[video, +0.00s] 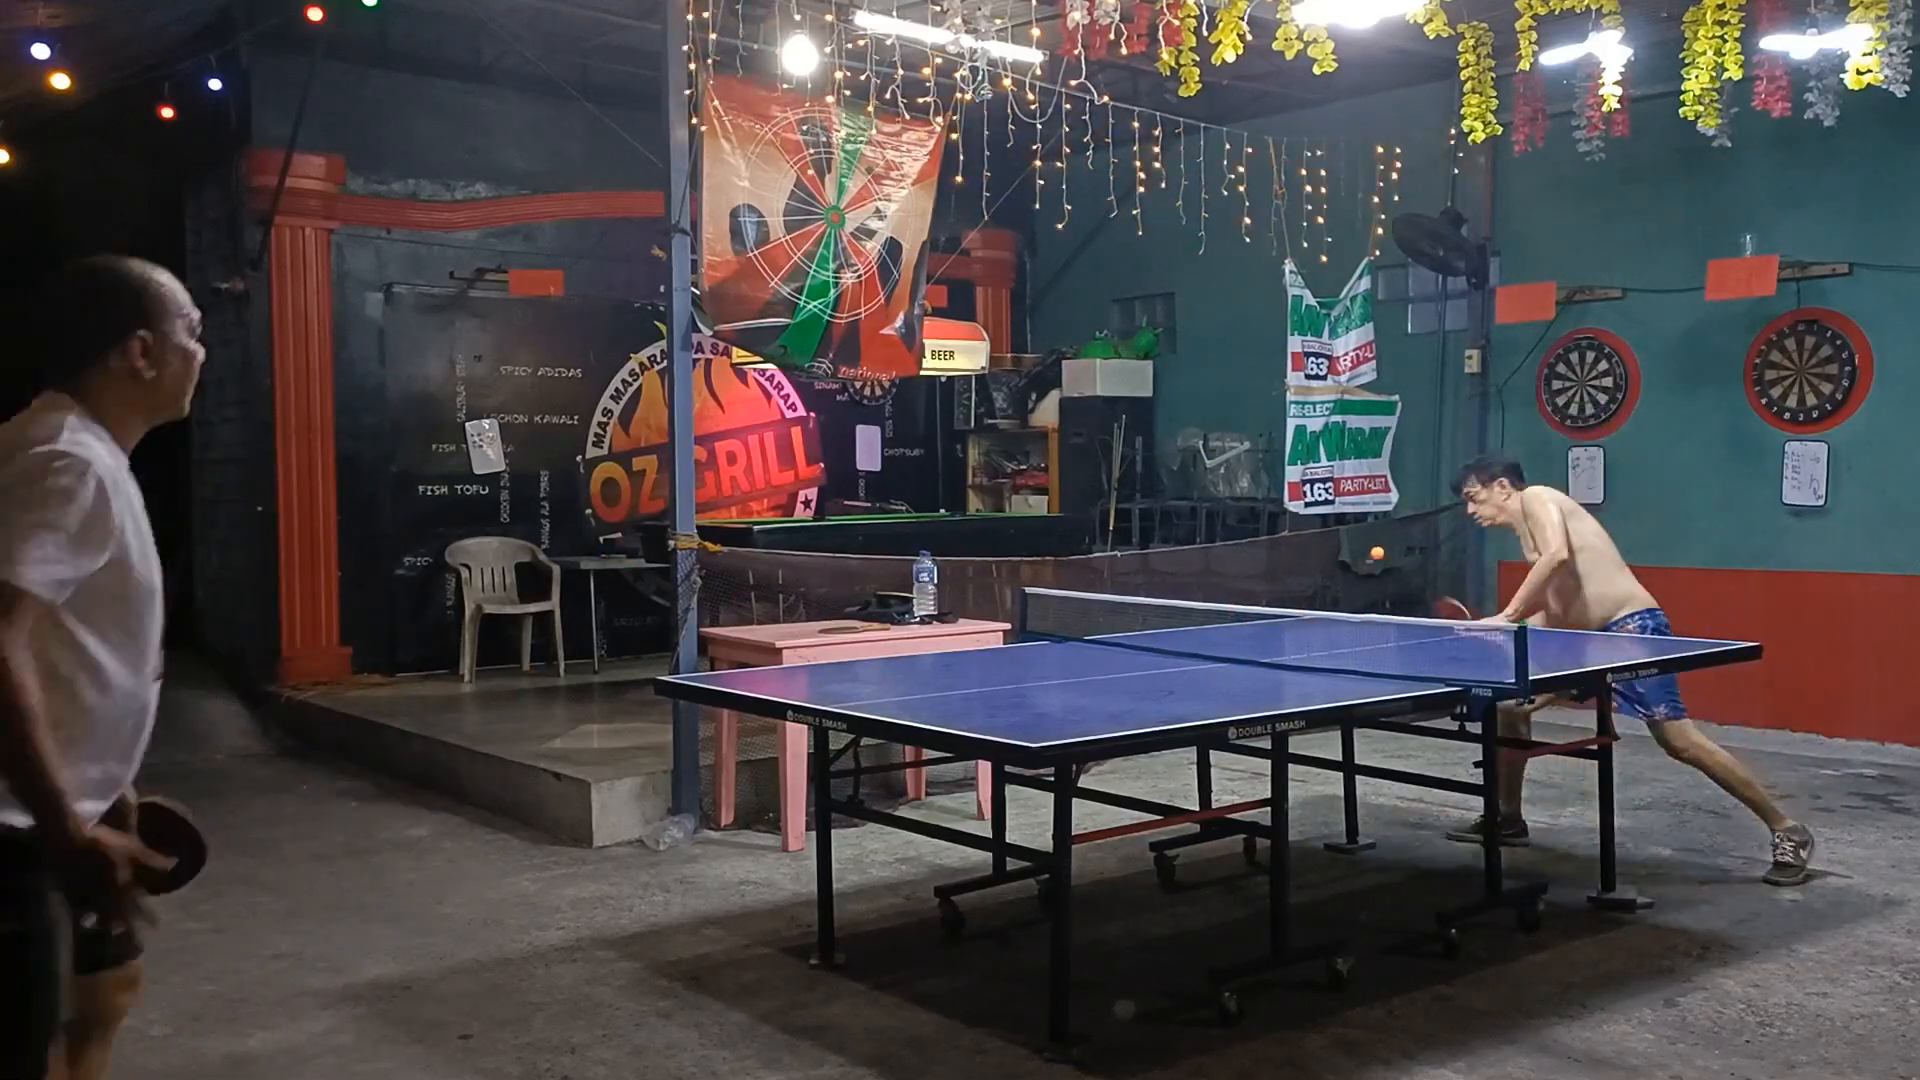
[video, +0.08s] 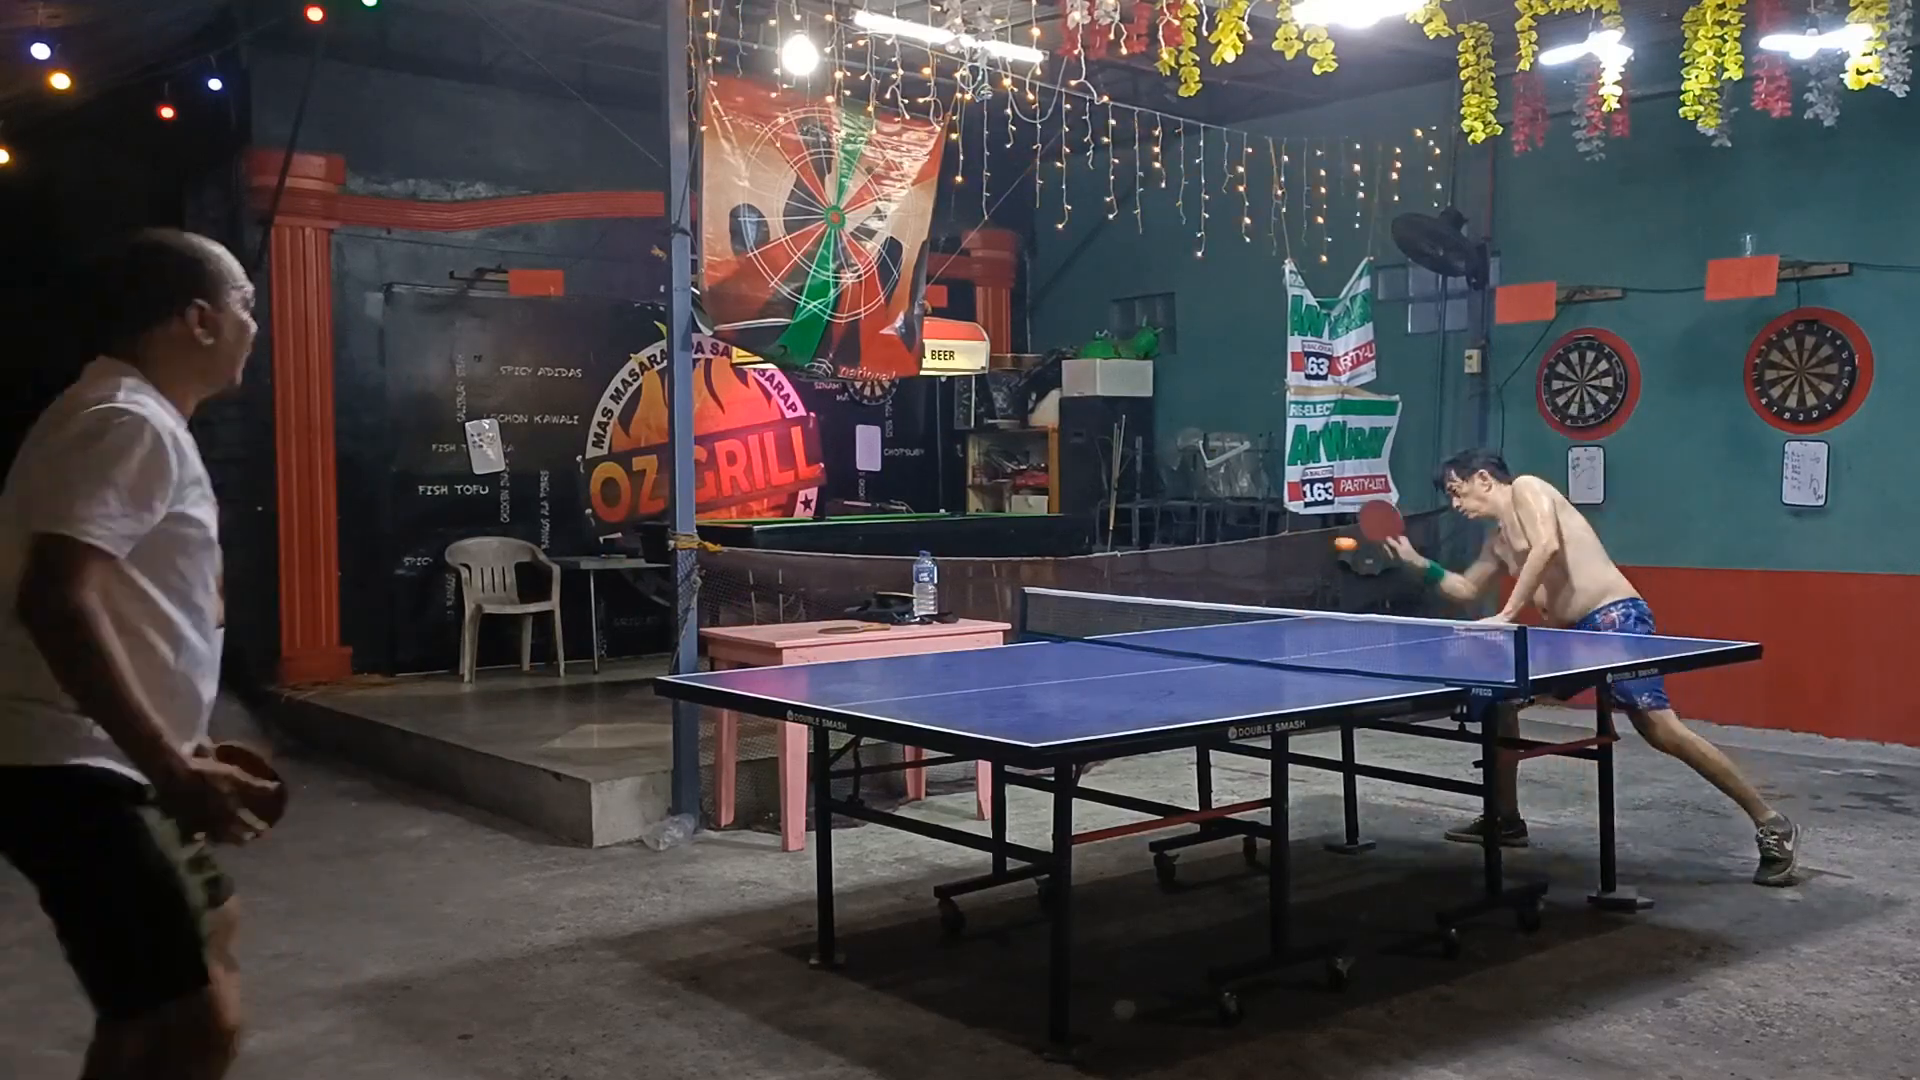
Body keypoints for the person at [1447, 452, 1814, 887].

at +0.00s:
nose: (1469, 510)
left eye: (1472, 498)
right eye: (1465, 502)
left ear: (1502, 486)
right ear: (1493, 496)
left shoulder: (1536, 497)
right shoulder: (1528, 533)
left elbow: (1556, 553)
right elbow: (1555, 613)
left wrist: (1505, 616)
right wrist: (1502, 632)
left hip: (1633, 626)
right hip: (1587, 640)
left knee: (1679, 741)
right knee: (1507, 706)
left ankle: (1787, 830)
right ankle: (1507, 818)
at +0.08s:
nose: (1457, 507)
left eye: (1458, 495)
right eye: (1452, 500)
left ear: (1484, 478)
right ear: (1475, 490)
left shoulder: (1526, 488)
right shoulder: (1501, 536)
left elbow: (1545, 546)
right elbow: (1465, 589)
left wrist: (1505, 616)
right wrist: (1418, 564)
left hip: (1618, 618)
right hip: (1575, 635)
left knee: (1663, 730)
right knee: (1496, 699)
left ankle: (1770, 823)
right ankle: (1503, 816)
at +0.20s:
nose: (1449, 481)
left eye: (1452, 469)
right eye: (1444, 474)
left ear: (1483, 457)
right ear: (1461, 474)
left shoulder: (1525, 477)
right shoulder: (1483, 521)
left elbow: (1542, 542)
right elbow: (1455, 561)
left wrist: (1507, 614)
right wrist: (1400, 551)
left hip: (1607, 611)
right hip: (1556, 626)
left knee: (1655, 722)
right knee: (1490, 690)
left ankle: (1752, 819)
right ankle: (1504, 815)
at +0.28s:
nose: (1444, 474)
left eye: (1449, 461)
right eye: (1440, 467)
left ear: (1480, 454)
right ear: (1461, 465)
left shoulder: (1523, 478)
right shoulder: (1486, 511)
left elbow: (1542, 546)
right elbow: (1496, 554)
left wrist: (1509, 613)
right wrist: (1433, 554)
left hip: (1605, 612)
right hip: (1551, 624)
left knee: (1650, 722)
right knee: (1492, 696)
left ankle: (1738, 820)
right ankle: (1503, 813)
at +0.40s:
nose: (1452, 476)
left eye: (1458, 463)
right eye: (1447, 468)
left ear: (1490, 458)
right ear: (1477, 468)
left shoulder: (1531, 484)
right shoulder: (1495, 504)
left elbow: (1552, 553)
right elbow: (1513, 551)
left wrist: (1509, 613)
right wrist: (1454, 556)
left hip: (1610, 617)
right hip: (1557, 627)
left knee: (1650, 729)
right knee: (1492, 699)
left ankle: (1742, 826)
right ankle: (1503, 815)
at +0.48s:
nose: (1480, 471)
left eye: (1488, 460)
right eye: (1474, 463)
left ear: (1520, 458)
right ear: (1477, 468)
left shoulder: (1559, 489)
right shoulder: (1517, 504)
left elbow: (1569, 563)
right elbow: (1527, 559)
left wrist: (1509, 615)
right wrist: (1466, 566)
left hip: (1622, 623)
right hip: (1568, 628)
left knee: (1654, 736)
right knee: (1498, 698)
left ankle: (1743, 832)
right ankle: (1504, 816)